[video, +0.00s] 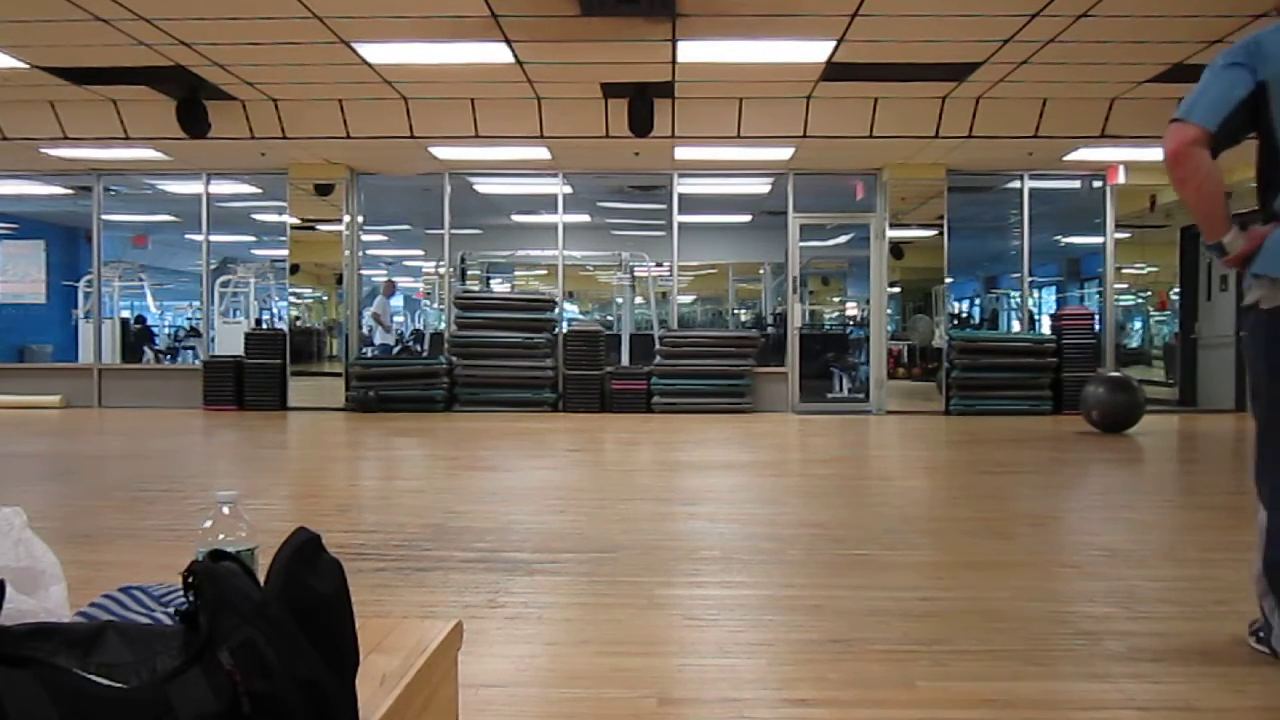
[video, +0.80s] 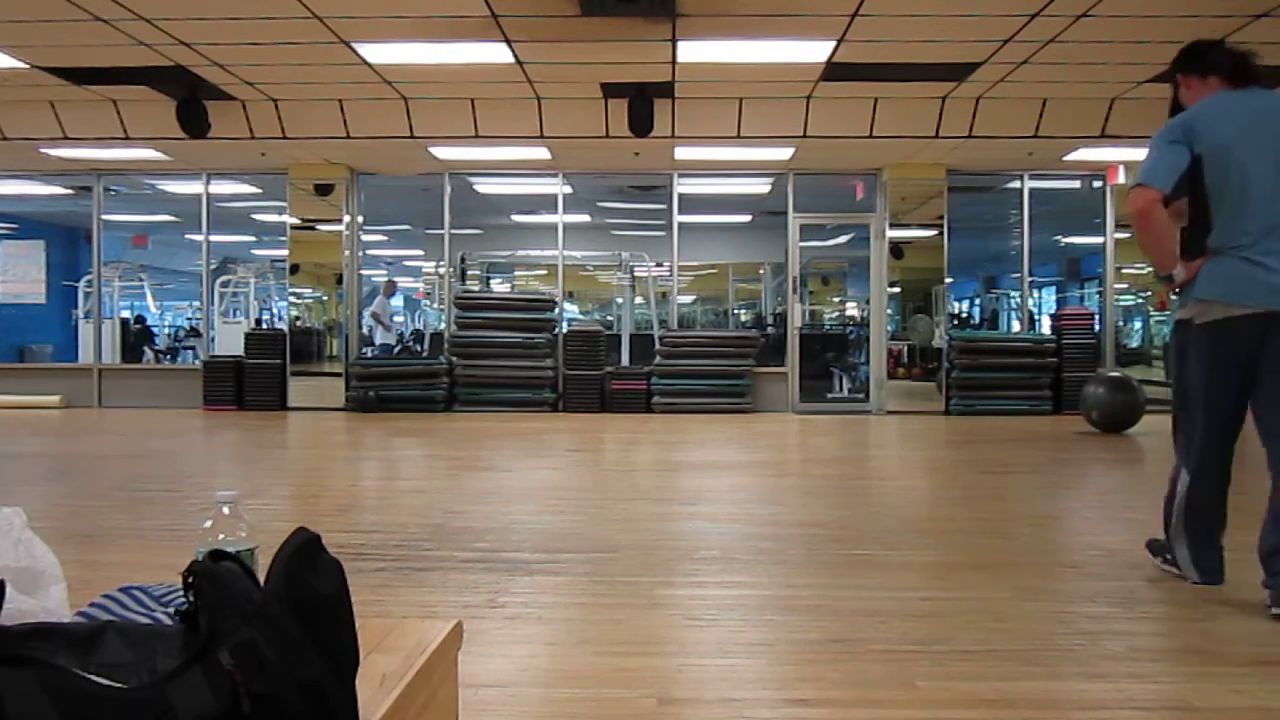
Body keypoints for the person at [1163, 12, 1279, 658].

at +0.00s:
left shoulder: (1264, 45)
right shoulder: (1262, 47)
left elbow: (1183, 144)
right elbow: (1185, 144)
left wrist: (1228, 237)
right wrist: (1228, 240)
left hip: (1276, 296)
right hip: (1271, 296)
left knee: (1276, 463)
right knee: (1275, 464)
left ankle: (1274, 618)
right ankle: (1272, 617)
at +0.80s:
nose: (1181, 103)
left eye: (1179, 94)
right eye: (1179, 94)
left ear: (1195, 83)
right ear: (1235, 77)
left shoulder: (1191, 123)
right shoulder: (1277, 105)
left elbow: (1144, 204)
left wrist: (1171, 270)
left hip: (1225, 300)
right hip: (1279, 303)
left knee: (1205, 437)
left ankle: (1195, 554)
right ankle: (1279, 578)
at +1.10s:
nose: (1117, 129)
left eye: (1115, 122)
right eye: (1115, 123)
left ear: (1129, 108)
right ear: (1171, 103)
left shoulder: (1132, 133)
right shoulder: (1235, 137)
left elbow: (1093, 193)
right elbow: (1267, 217)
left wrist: (1115, 261)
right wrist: (1276, 292)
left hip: (1162, 296)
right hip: (1224, 298)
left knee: (1171, 421)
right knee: (1211, 411)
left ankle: (1190, 556)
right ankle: (1244, 517)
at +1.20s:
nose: (1105, 127)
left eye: (1103, 121)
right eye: (1103, 121)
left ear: (1116, 107)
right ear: (1156, 104)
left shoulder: (1117, 129)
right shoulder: (1220, 136)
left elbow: (1081, 188)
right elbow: (1259, 207)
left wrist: (1097, 257)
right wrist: (1273, 282)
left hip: (1145, 292)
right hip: (1204, 295)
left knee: (1124, 402)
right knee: (1178, 408)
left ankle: (1174, 519)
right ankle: (1177, 532)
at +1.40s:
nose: (1082, 143)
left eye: (1080, 136)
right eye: (1080, 137)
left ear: (1094, 123)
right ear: (1131, 120)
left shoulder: (1093, 153)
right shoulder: (1186, 157)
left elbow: (1071, 218)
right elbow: (1213, 233)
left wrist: (1061, 275)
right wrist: (1217, 308)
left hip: (1114, 312)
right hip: (1173, 314)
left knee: (1078, 403)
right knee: (1144, 421)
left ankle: (1139, 508)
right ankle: (1127, 528)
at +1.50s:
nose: (1062, 136)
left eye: (1061, 128)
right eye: (1060, 129)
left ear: (1076, 115)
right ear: (1108, 112)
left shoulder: (1080, 146)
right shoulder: (1165, 146)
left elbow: (1064, 212)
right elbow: (1187, 229)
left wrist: (1043, 257)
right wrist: (1155, 267)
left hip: (1101, 299)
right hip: (1163, 299)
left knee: (1083, 403)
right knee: (1151, 411)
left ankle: (1136, 504)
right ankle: (1132, 528)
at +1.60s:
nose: (1047, 155)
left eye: (1045, 145)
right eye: (1043, 148)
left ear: (1057, 127)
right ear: (1085, 122)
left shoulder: (1070, 157)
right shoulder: (1146, 156)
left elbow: (1055, 222)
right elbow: (1167, 229)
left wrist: (1017, 242)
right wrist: (1114, 238)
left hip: (1091, 307)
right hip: (1149, 306)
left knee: (1056, 399)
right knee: (1146, 416)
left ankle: (1107, 499)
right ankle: (1135, 535)